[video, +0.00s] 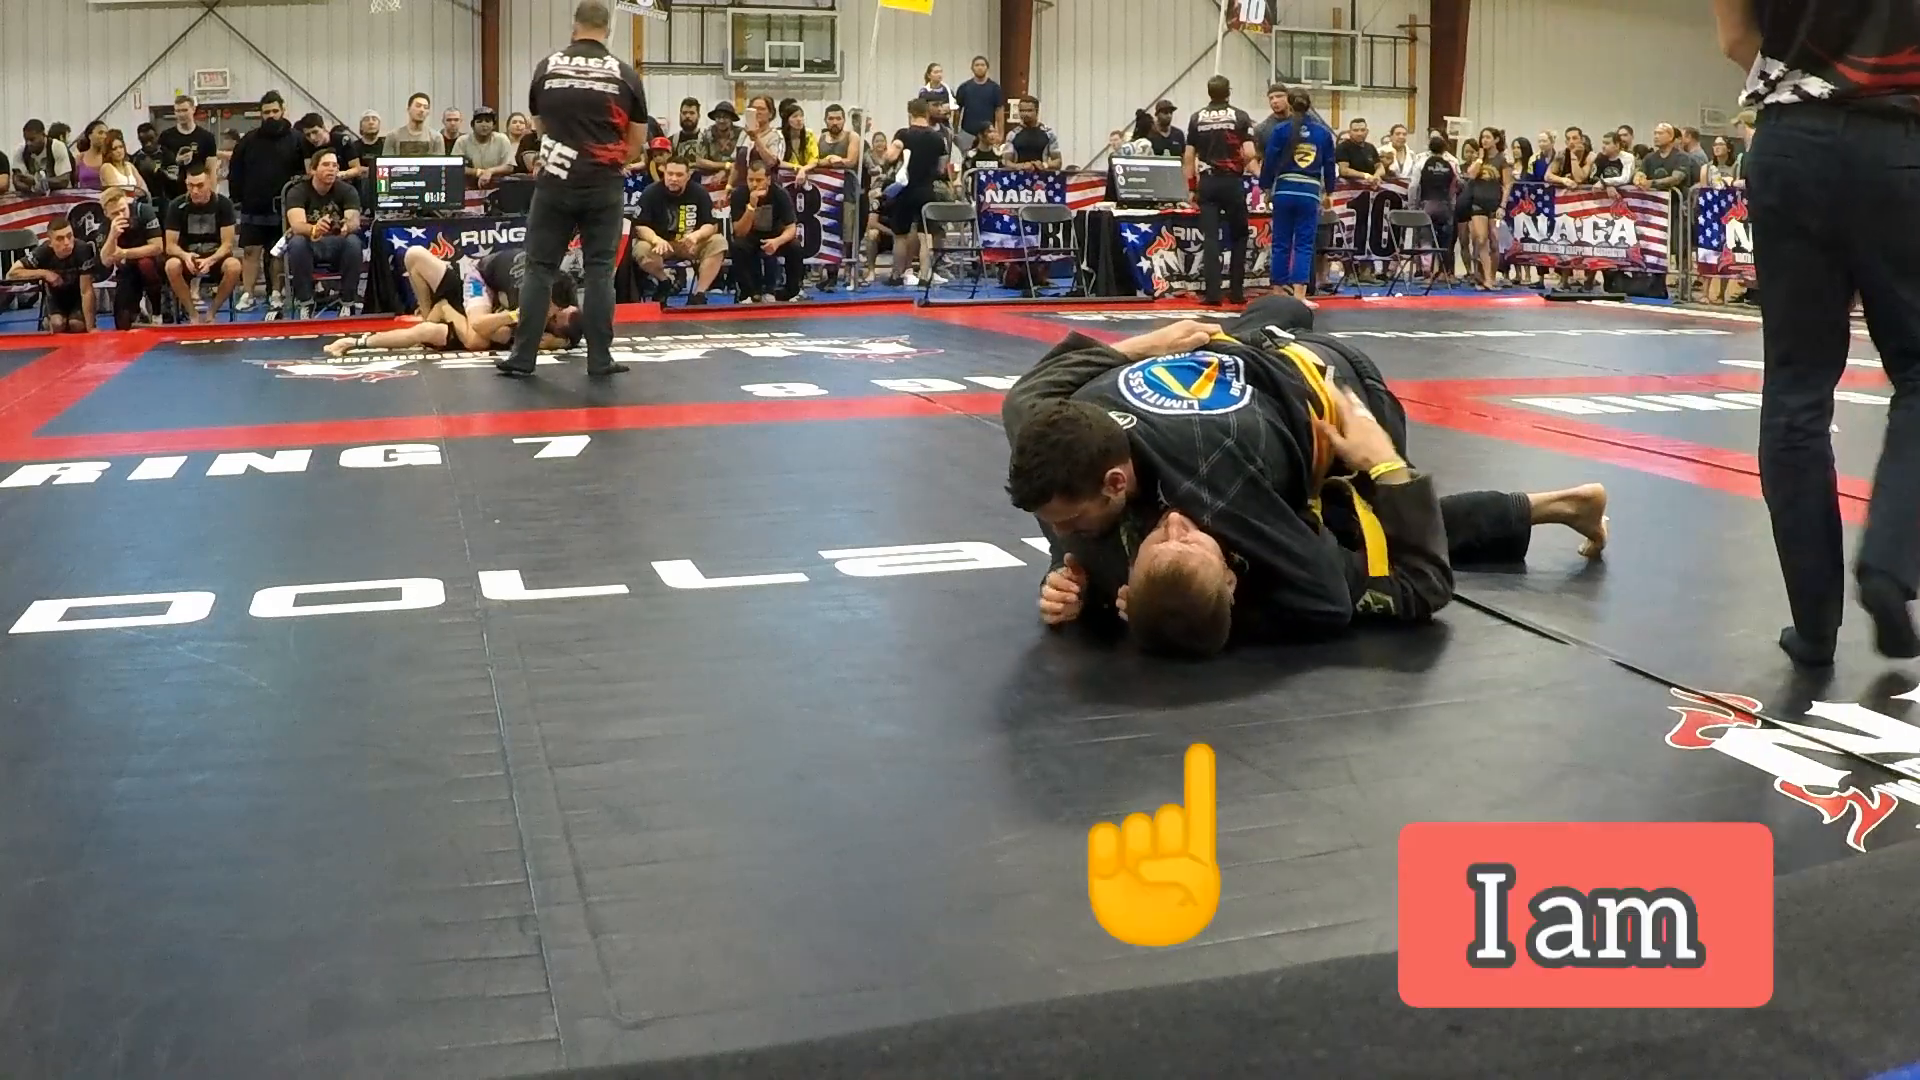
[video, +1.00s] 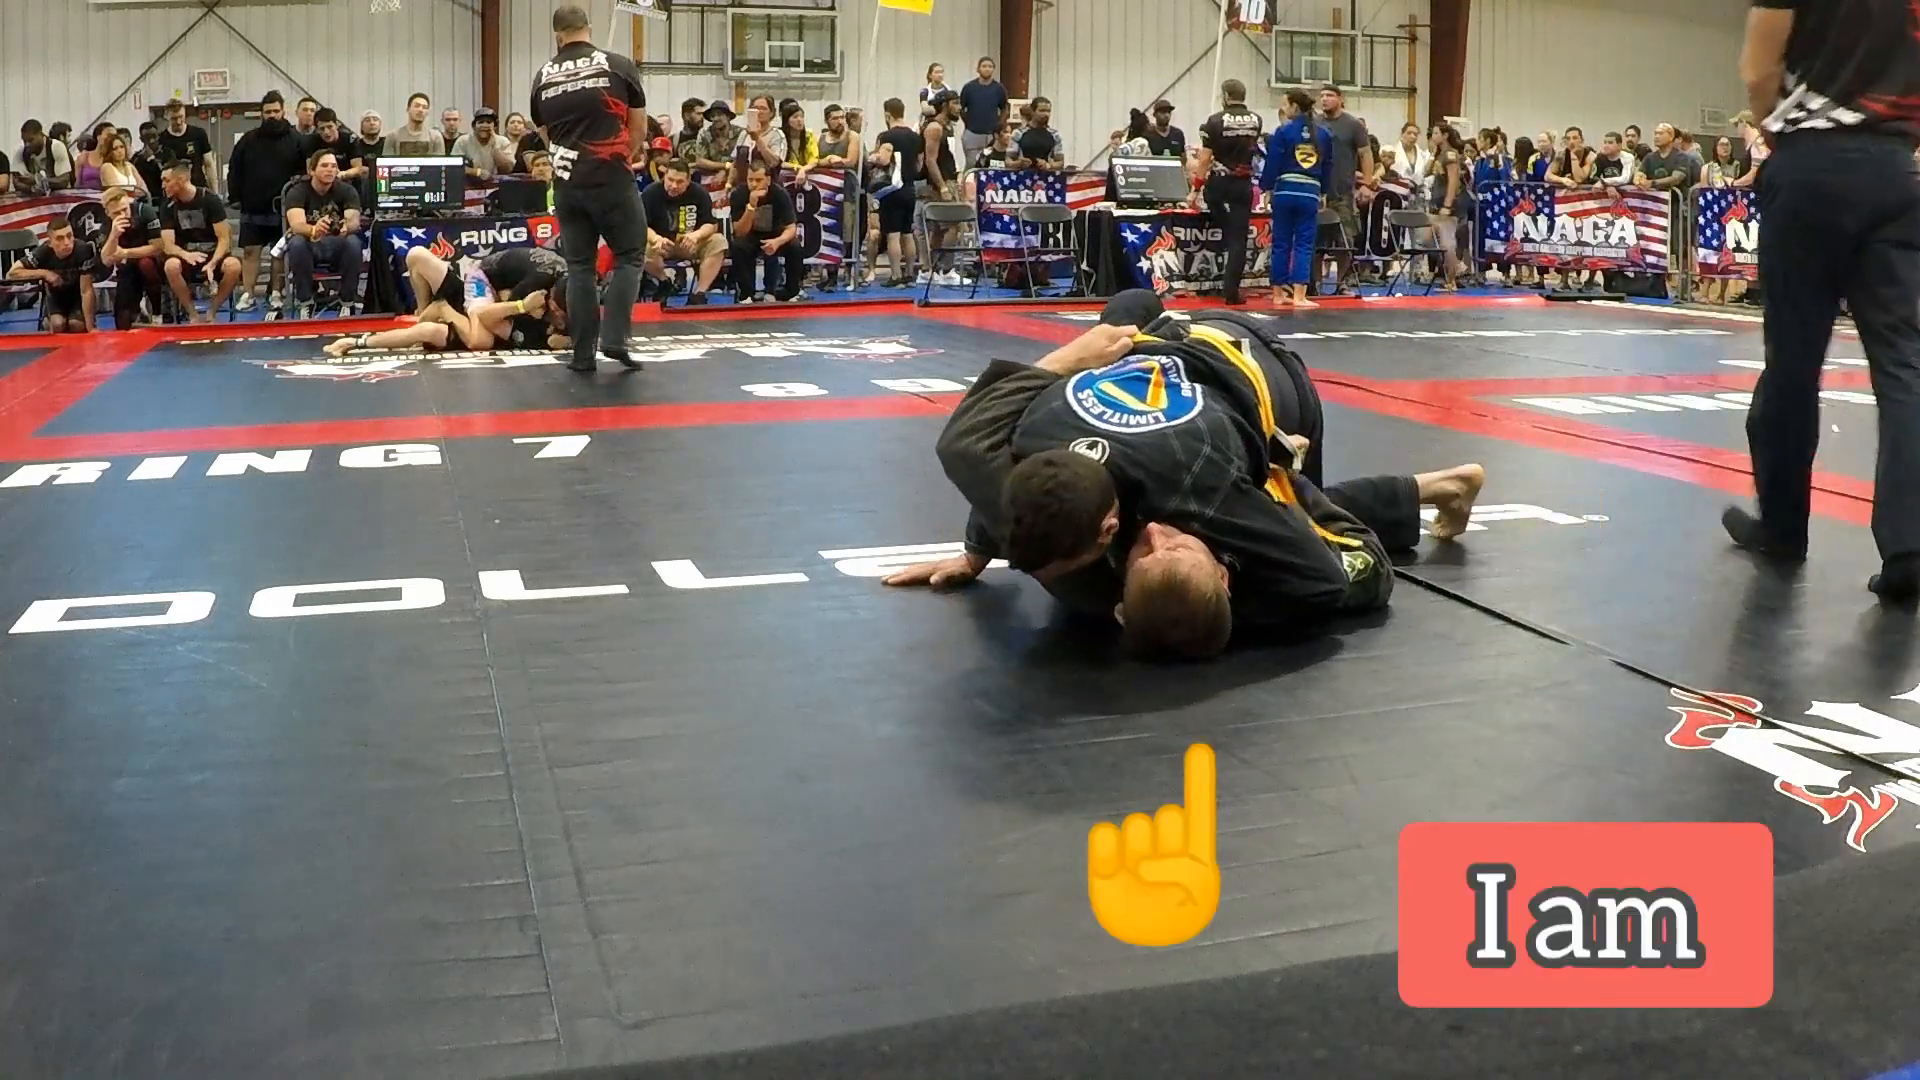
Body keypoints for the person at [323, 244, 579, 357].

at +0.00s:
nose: (557, 316)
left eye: (561, 320)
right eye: (560, 314)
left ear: (561, 332)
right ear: (559, 307)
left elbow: (475, 340)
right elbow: (482, 324)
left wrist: (450, 311)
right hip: (479, 282)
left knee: (426, 331)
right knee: (414, 254)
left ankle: (356, 343)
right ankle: (426, 317)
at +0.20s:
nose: (533, 311)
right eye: (536, 306)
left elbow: (476, 338)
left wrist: (450, 312)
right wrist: (517, 316)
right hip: (478, 282)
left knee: (427, 333)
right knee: (414, 256)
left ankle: (356, 343)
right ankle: (424, 314)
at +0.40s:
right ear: (549, 301)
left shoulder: (526, 332)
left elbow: (477, 339)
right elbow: (481, 318)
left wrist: (448, 311)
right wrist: (519, 313)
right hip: (474, 285)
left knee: (429, 333)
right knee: (414, 258)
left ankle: (356, 343)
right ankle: (424, 319)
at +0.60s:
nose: (559, 311)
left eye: (565, 310)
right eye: (560, 305)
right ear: (555, 299)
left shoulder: (535, 329)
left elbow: (477, 339)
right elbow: (479, 316)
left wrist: (448, 312)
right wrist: (520, 309)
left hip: (469, 326)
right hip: (474, 288)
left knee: (430, 335)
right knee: (414, 259)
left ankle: (355, 344)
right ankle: (423, 318)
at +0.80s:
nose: (559, 309)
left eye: (565, 309)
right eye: (560, 303)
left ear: (565, 315)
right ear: (556, 299)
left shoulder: (536, 331)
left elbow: (481, 319)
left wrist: (447, 312)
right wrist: (520, 308)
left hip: (469, 327)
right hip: (474, 292)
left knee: (431, 334)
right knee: (415, 258)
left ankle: (355, 344)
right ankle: (423, 318)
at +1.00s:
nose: (554, 308)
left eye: (560, 308)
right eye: (555, 303)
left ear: (566, 312)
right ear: (552, 299)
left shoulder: (542, 331)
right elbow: (481, 313)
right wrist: (521, 307)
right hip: (477, 296)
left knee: (429, 330)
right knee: (416, 255)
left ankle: (355, 343)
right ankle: (424, 317)